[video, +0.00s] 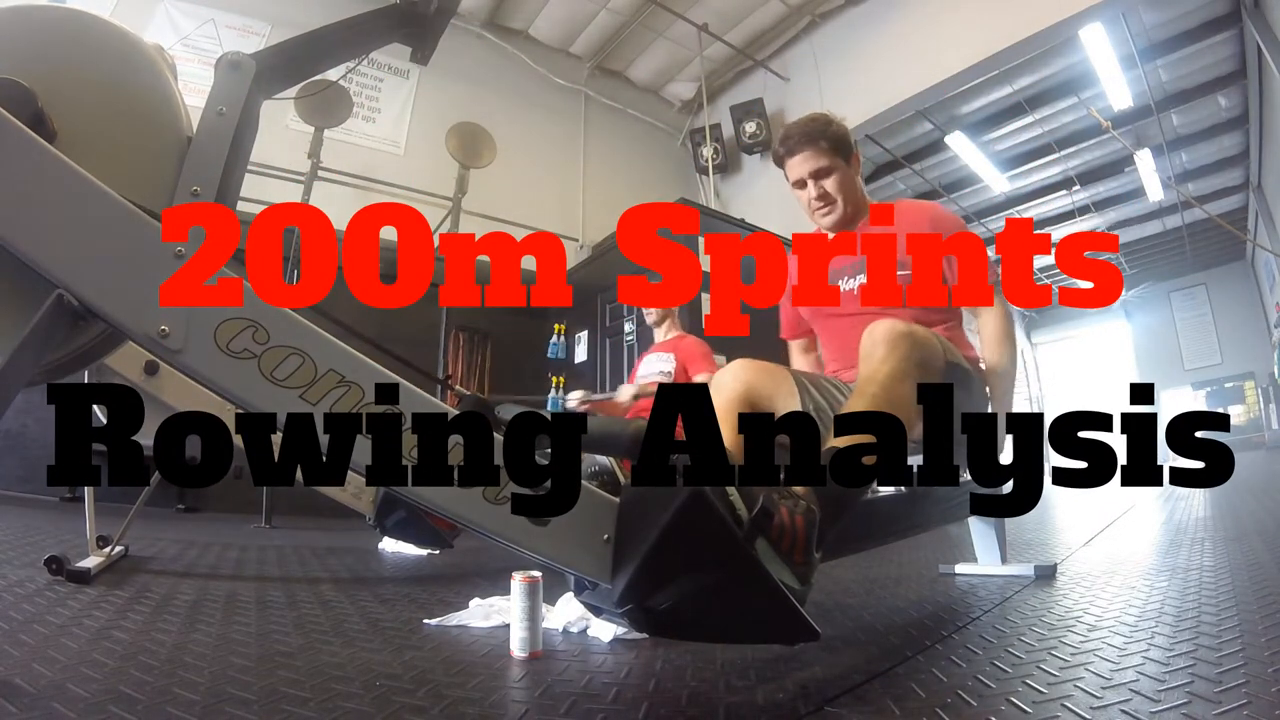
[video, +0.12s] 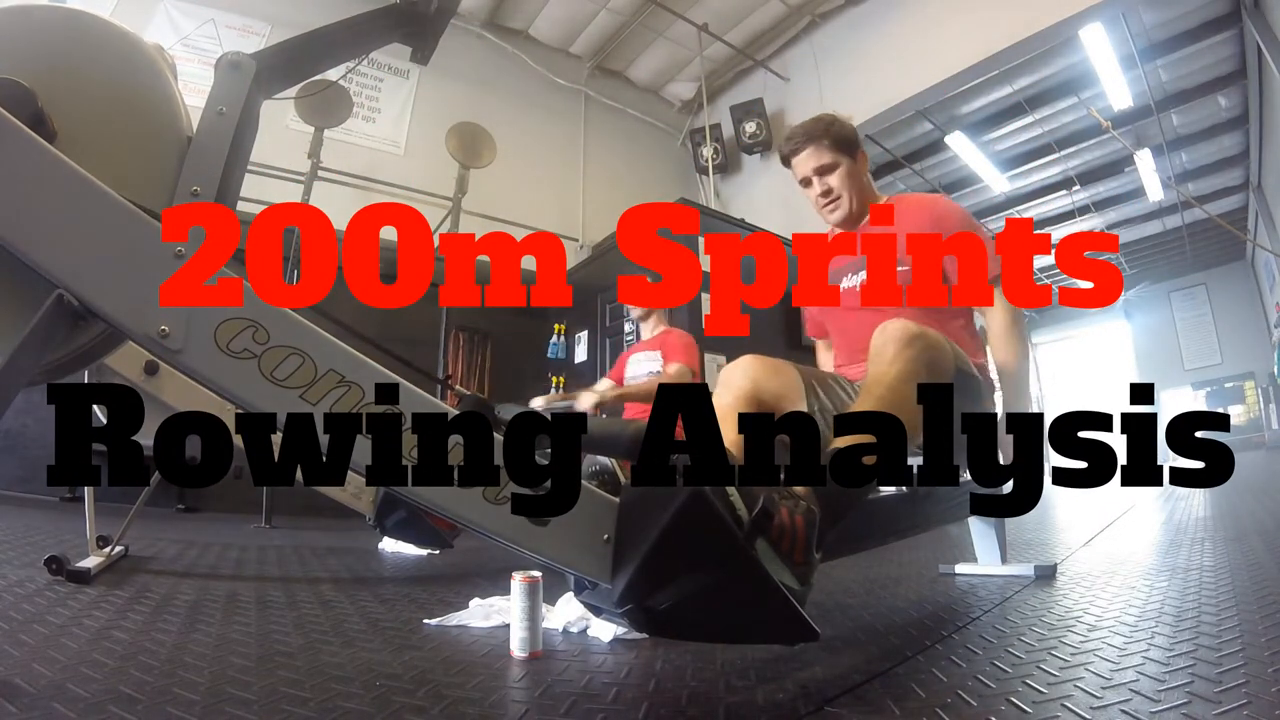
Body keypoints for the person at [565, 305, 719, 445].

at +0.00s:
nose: (645, 308)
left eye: (653, 300)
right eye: (643, 303)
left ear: (673, 305)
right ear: (641, 309)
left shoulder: (691, 345)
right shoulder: (644, 356)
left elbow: (706, 389)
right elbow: (625, 407)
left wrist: (645, 390)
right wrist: (592, 404)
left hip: (664, 427)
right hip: (631, 424)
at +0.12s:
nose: (630, 302)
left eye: (639, 295)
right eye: (629, 296)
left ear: (657, 298)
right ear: (626, 302)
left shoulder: (678, 339)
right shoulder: (631, 352)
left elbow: (676, 382)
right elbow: (599, 391)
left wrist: (612, 395)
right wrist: (557, 397)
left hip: (664, 433)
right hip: (629, 434)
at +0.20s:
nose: (619, 299)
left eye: (627, 290)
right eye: (618, 292)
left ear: (648, 292)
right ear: (616, 299)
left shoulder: (671, 336)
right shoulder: (621, 350)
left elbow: (663, 375)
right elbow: (587, 386)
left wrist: (594, 394)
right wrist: (540, 399)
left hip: (667, 442)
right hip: (627, 442)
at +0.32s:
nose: (594, 295)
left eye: (601, 287)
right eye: (591, 290)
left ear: (623, 289)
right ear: (591, 295)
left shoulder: (650, 332)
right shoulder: (599, 345)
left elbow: (617, 373)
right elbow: (561, 378)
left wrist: (552, 397)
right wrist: (513, 396)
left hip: (656, 437)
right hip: (617, 441)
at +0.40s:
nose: (580, 295)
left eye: (588, 287)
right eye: (577, 290)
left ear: (611, 288)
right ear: (576, 296)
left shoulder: (638, 330)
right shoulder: (587, 344)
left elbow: (599, 370)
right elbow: (544, 377)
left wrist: (539, 396)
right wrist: (494, 398)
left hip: (644, 437)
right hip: (608, 439)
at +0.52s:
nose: (554, 295)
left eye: (563, 285)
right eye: (551, 287)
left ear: (585, 286)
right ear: (545, 293)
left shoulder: (613, 326)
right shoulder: (563, 340)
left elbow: (572, 363)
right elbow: (518, 372)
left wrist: (510, 394)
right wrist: (473, 395)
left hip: (630, 430)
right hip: (592, 430)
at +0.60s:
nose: (534, 294)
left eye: (540, 286)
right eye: (531, 288)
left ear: (568, 284)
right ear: (528, 291)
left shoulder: (598, 324)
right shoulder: (547, 339)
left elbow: (551, 363)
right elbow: (505, 371)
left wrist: (485, 396)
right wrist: (460, 393)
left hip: (616, 426)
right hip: (573, 420)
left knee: (533, 395)